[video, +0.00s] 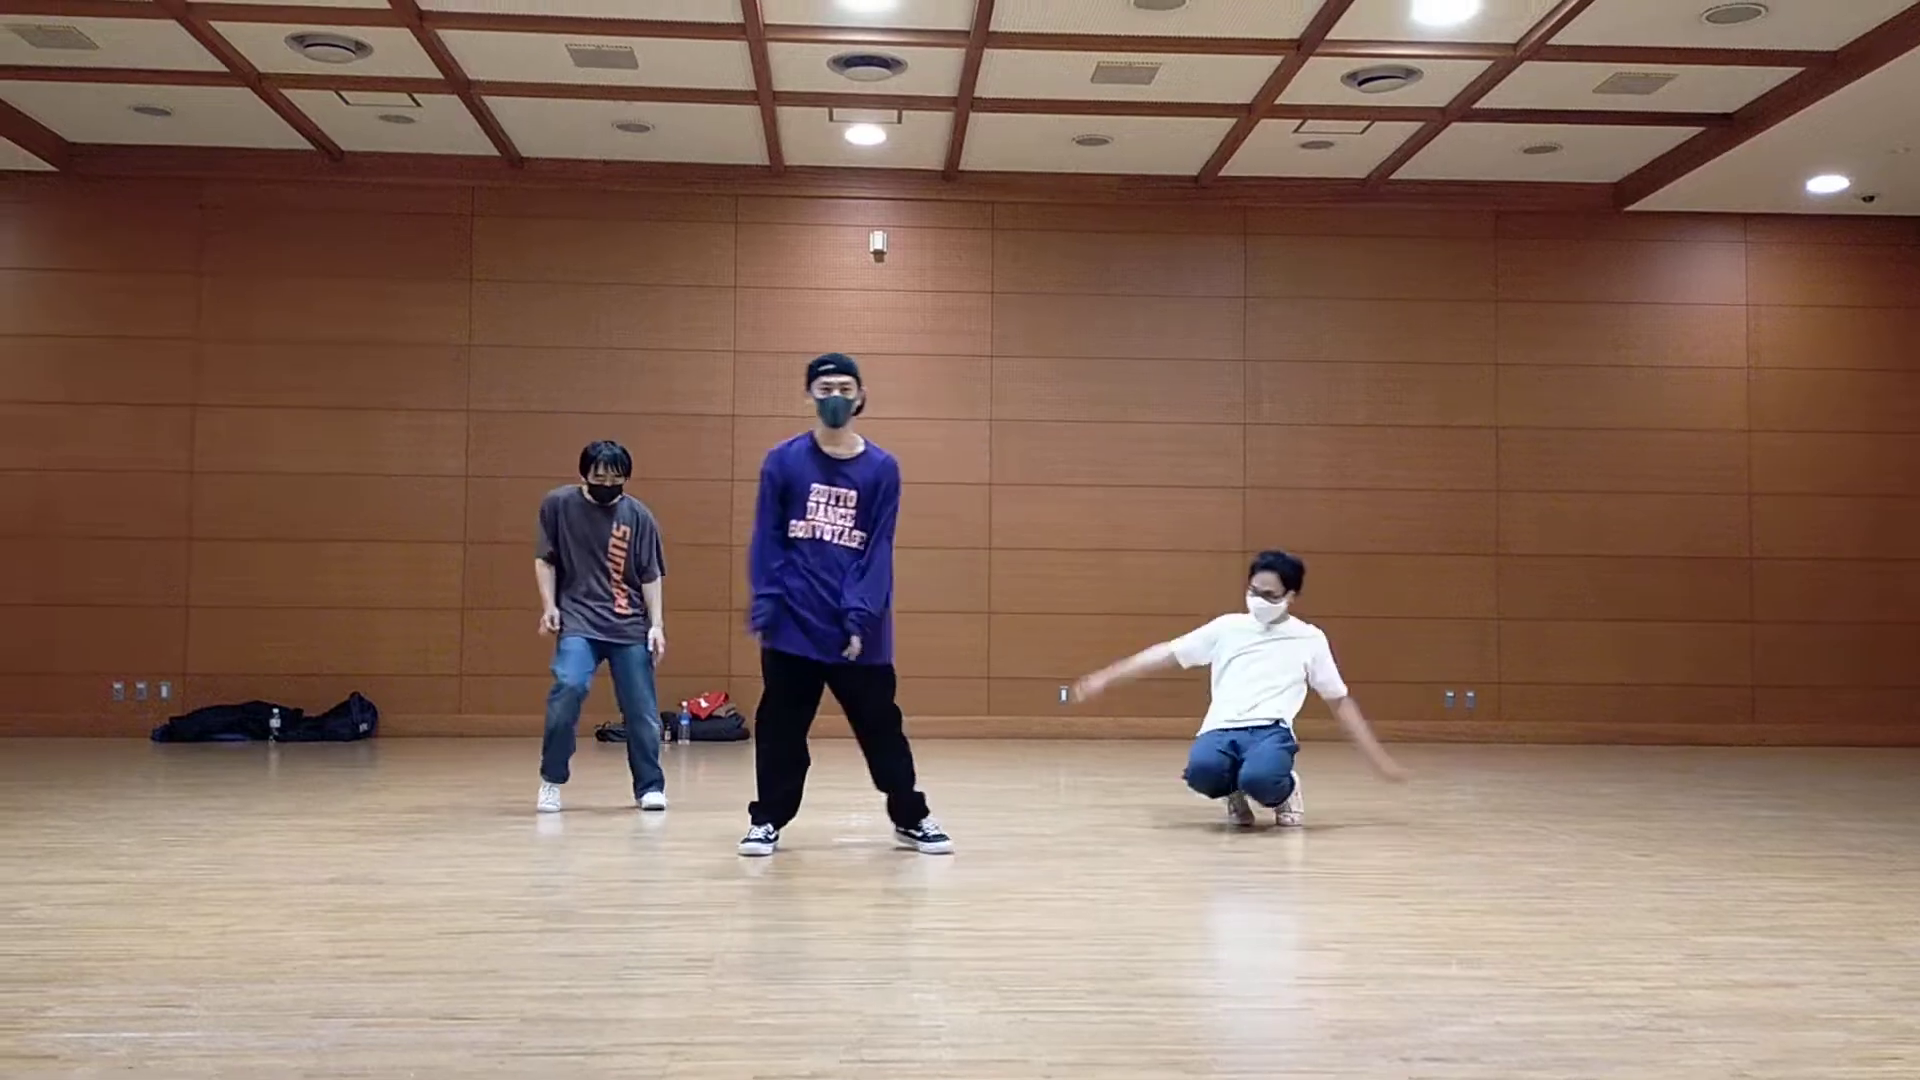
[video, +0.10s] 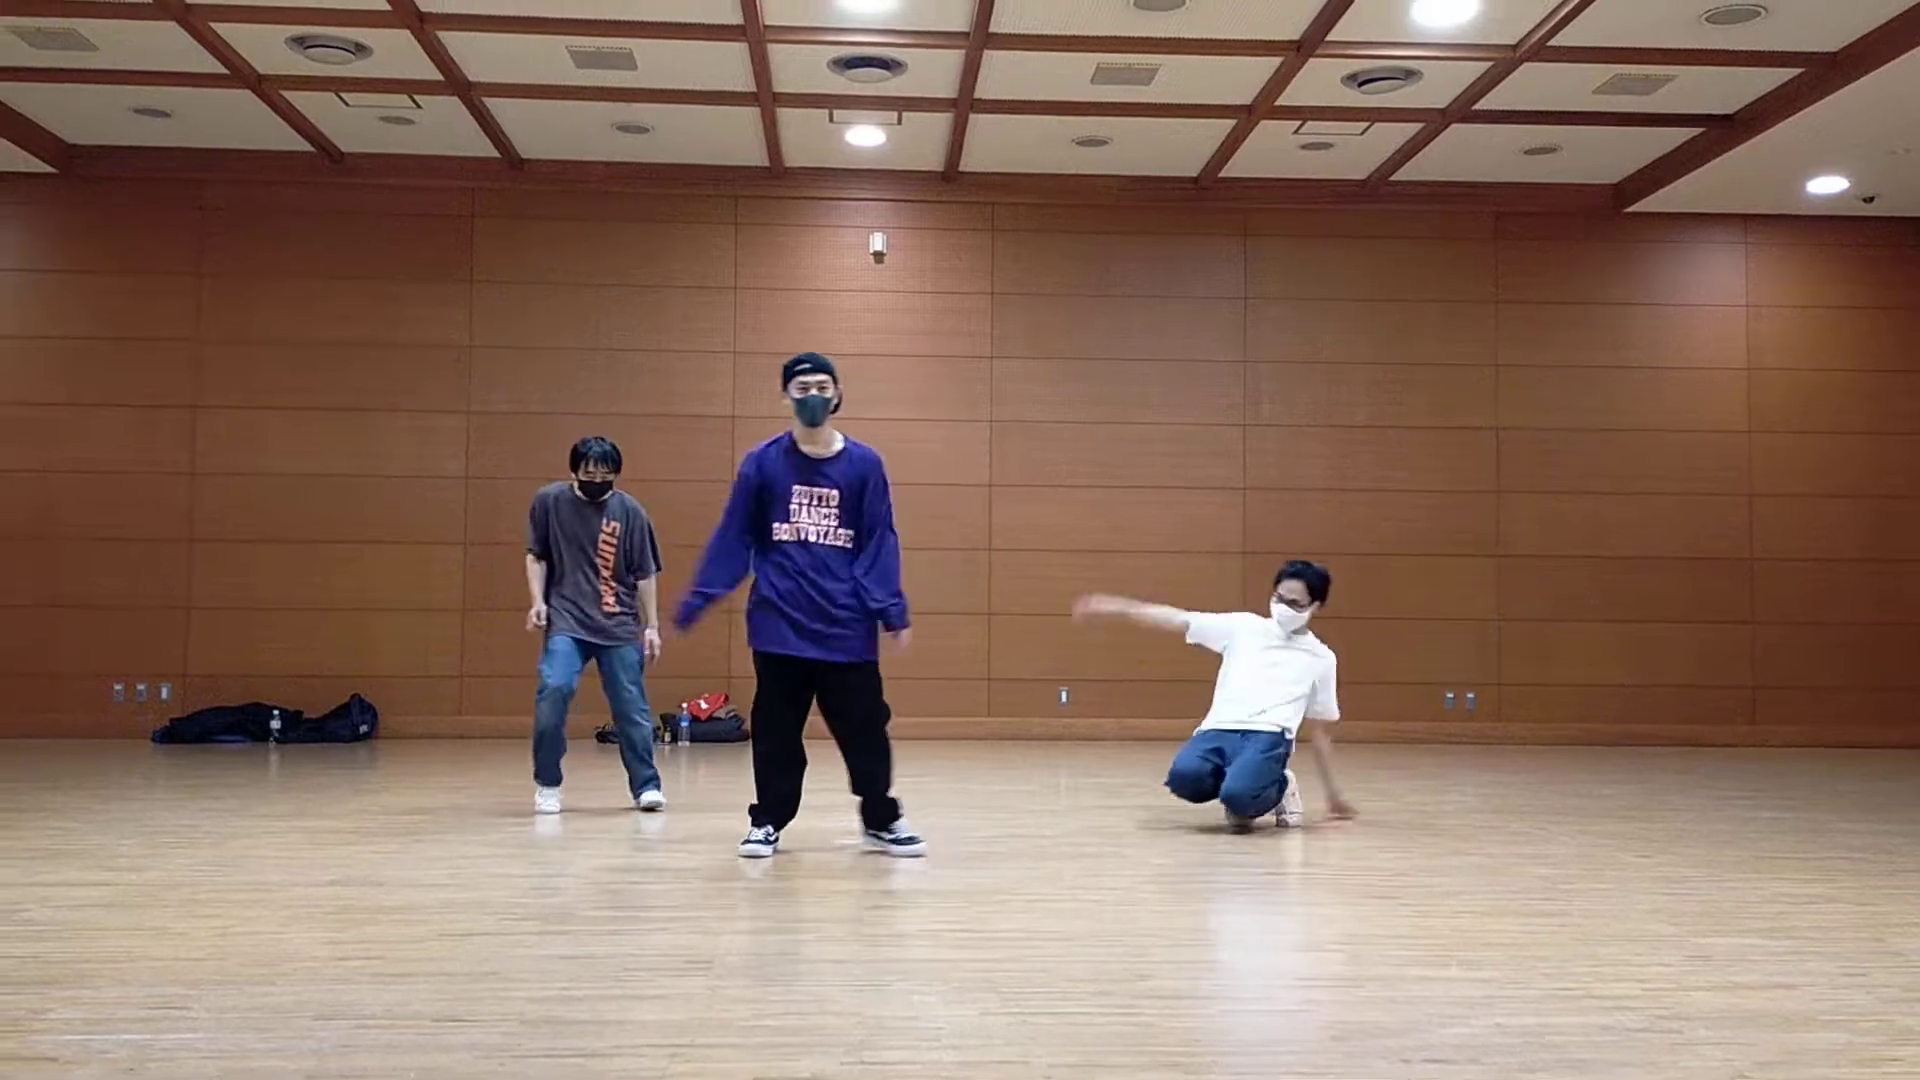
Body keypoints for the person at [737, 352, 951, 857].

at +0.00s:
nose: (834, 393)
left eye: (843, 386)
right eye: (825, 386)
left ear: (859, 395)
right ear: (810, 396)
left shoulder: (881, 468)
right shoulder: (782, 461)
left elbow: (880, 549)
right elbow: (766, 538)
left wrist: (860, 616)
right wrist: (765, 604)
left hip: (856, 622)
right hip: (793, 619)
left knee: (880, 722)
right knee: (781, 722)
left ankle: (911, 817)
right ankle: (766, 821)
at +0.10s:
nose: (813, 392)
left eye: (822, 385)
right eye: (803, 386)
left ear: (837, 396)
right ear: (787, 397)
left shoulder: (864, 464)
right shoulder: (763, 463)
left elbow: (880, 540)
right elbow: (732, 537)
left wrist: (892, 606)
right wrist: (697, 598)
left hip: (845, 620)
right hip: (781, 619)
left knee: (865, 723)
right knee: (776, 726)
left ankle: (881, 820)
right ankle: (766, 822)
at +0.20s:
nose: (798, 394)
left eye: (806, 386)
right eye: (787, 387)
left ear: (821, 396)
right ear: (771, 398)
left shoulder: (853, 462)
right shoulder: (750, 465)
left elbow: (889, 529)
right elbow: (702, 527)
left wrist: (930, 579)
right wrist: (643, 563)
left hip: (839, 619)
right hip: (774, 620)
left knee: (846, 723)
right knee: (773, 727)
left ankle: (844, 825)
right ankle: (766, 825)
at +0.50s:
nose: (801, 410)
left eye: (805, 403)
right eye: (790, 403)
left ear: (810, 410)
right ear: (760, 411)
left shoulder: (832, 467)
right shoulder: (731, 479)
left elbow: (859, 527)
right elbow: (698, 548)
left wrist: (884, 554)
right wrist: (639, 545)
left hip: (826, 619)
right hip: (768, 623)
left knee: (806, 723)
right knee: (772, 729)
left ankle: (795, 825)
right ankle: (763, 835)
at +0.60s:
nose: (812, 414)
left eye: (815, 407)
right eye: (801, 407)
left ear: (817, 413)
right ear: (770, 414)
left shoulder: (833, 468)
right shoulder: (735, 478)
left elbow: (836, 535)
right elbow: (728, 554)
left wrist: (811, 571)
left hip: (829, 621)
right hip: (770, 622)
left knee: (822, 727)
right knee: (774, 729)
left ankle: (822, 827)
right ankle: (767, 837)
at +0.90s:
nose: (865, 439)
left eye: (869, 431)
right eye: (856, 430)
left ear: (869, 434)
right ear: (825, 429)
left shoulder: (880, 494)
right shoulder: (781, 491)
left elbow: (881, 573)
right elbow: (766, 573)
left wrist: (864, 643)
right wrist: (777, 640)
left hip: (863, 649)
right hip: (802, 650)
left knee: (878, 755)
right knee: (791, 755)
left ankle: (892, 851)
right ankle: (778, 852)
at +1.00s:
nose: (890, 440)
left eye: (892, 433)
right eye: (880, 433)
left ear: (891, 441)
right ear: (849, 436)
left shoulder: (904, 503)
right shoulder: (803, 498)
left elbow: (919, 574)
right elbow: (772, 572)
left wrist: (922, 631)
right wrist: (742, 632)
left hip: (880, 657)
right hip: (816, 655)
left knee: (887, 761)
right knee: (805, 758)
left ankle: (894, 857)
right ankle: (783, 858)